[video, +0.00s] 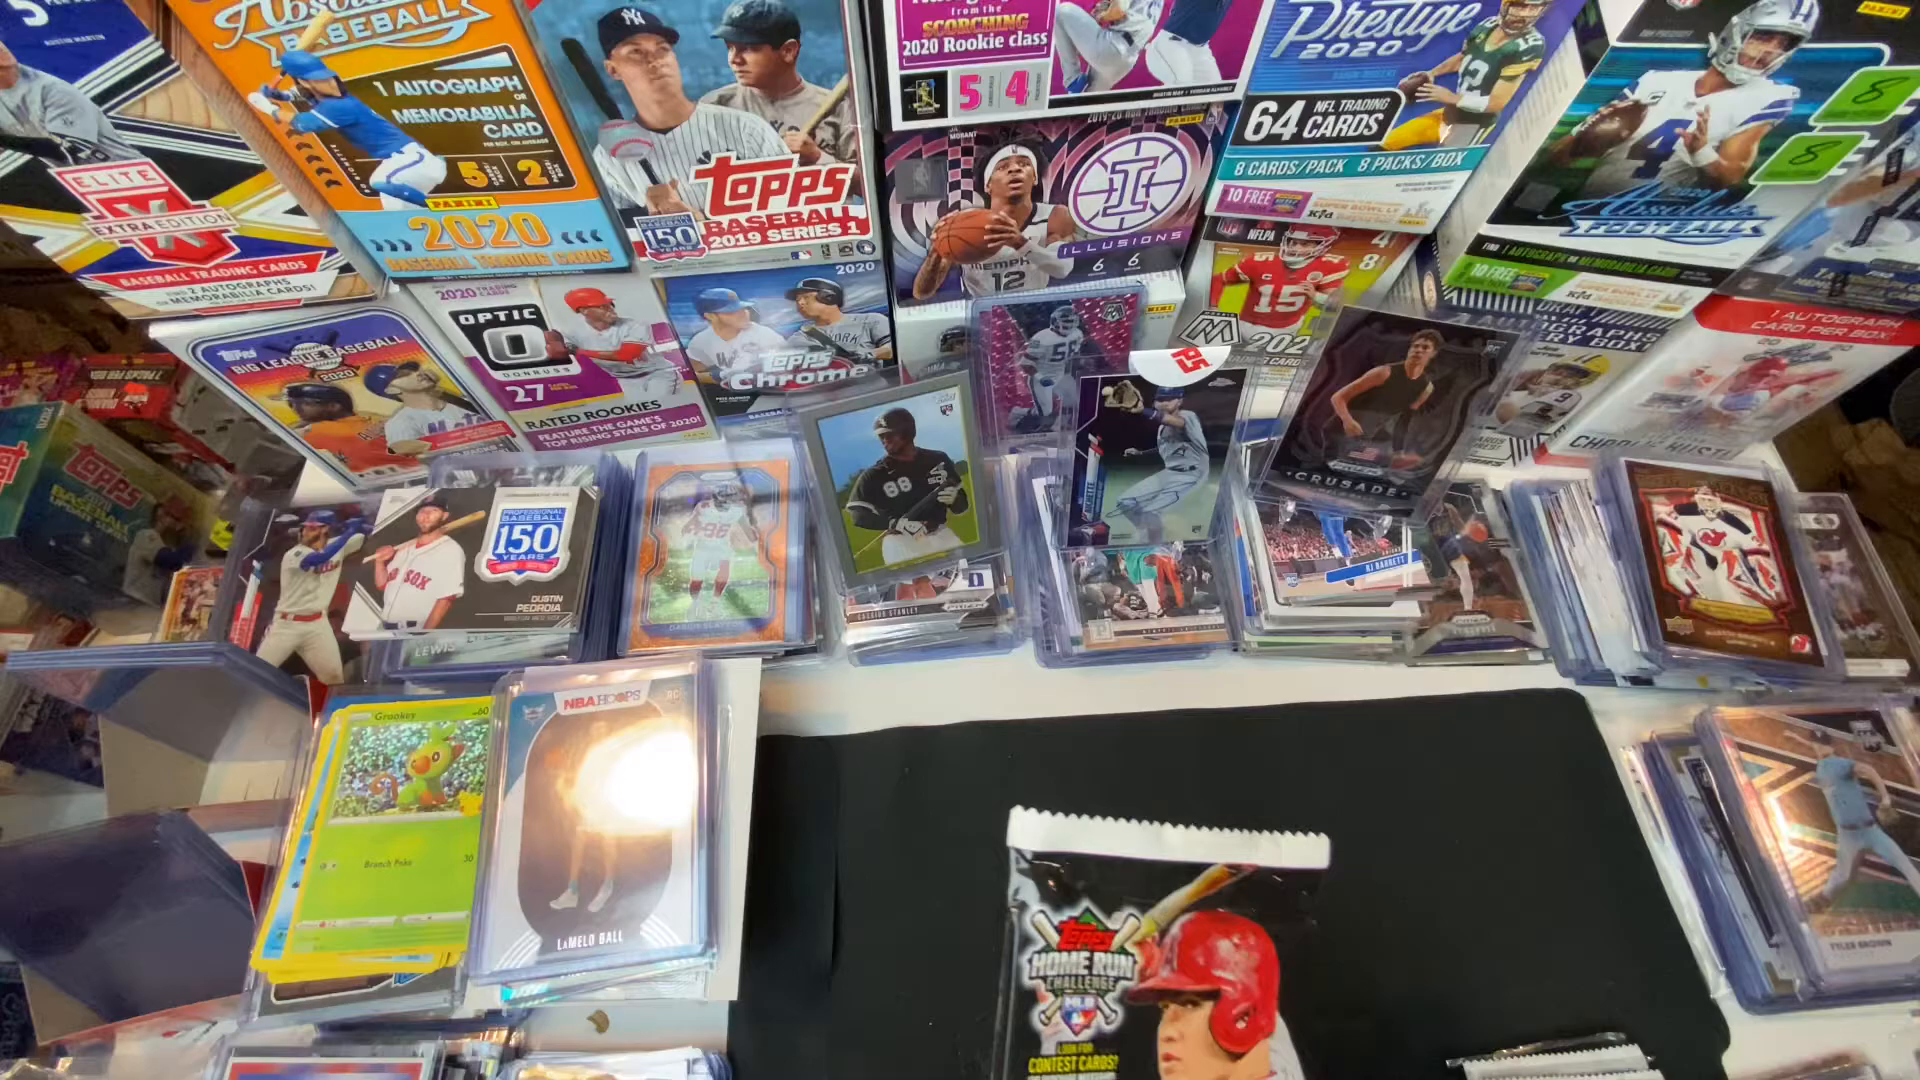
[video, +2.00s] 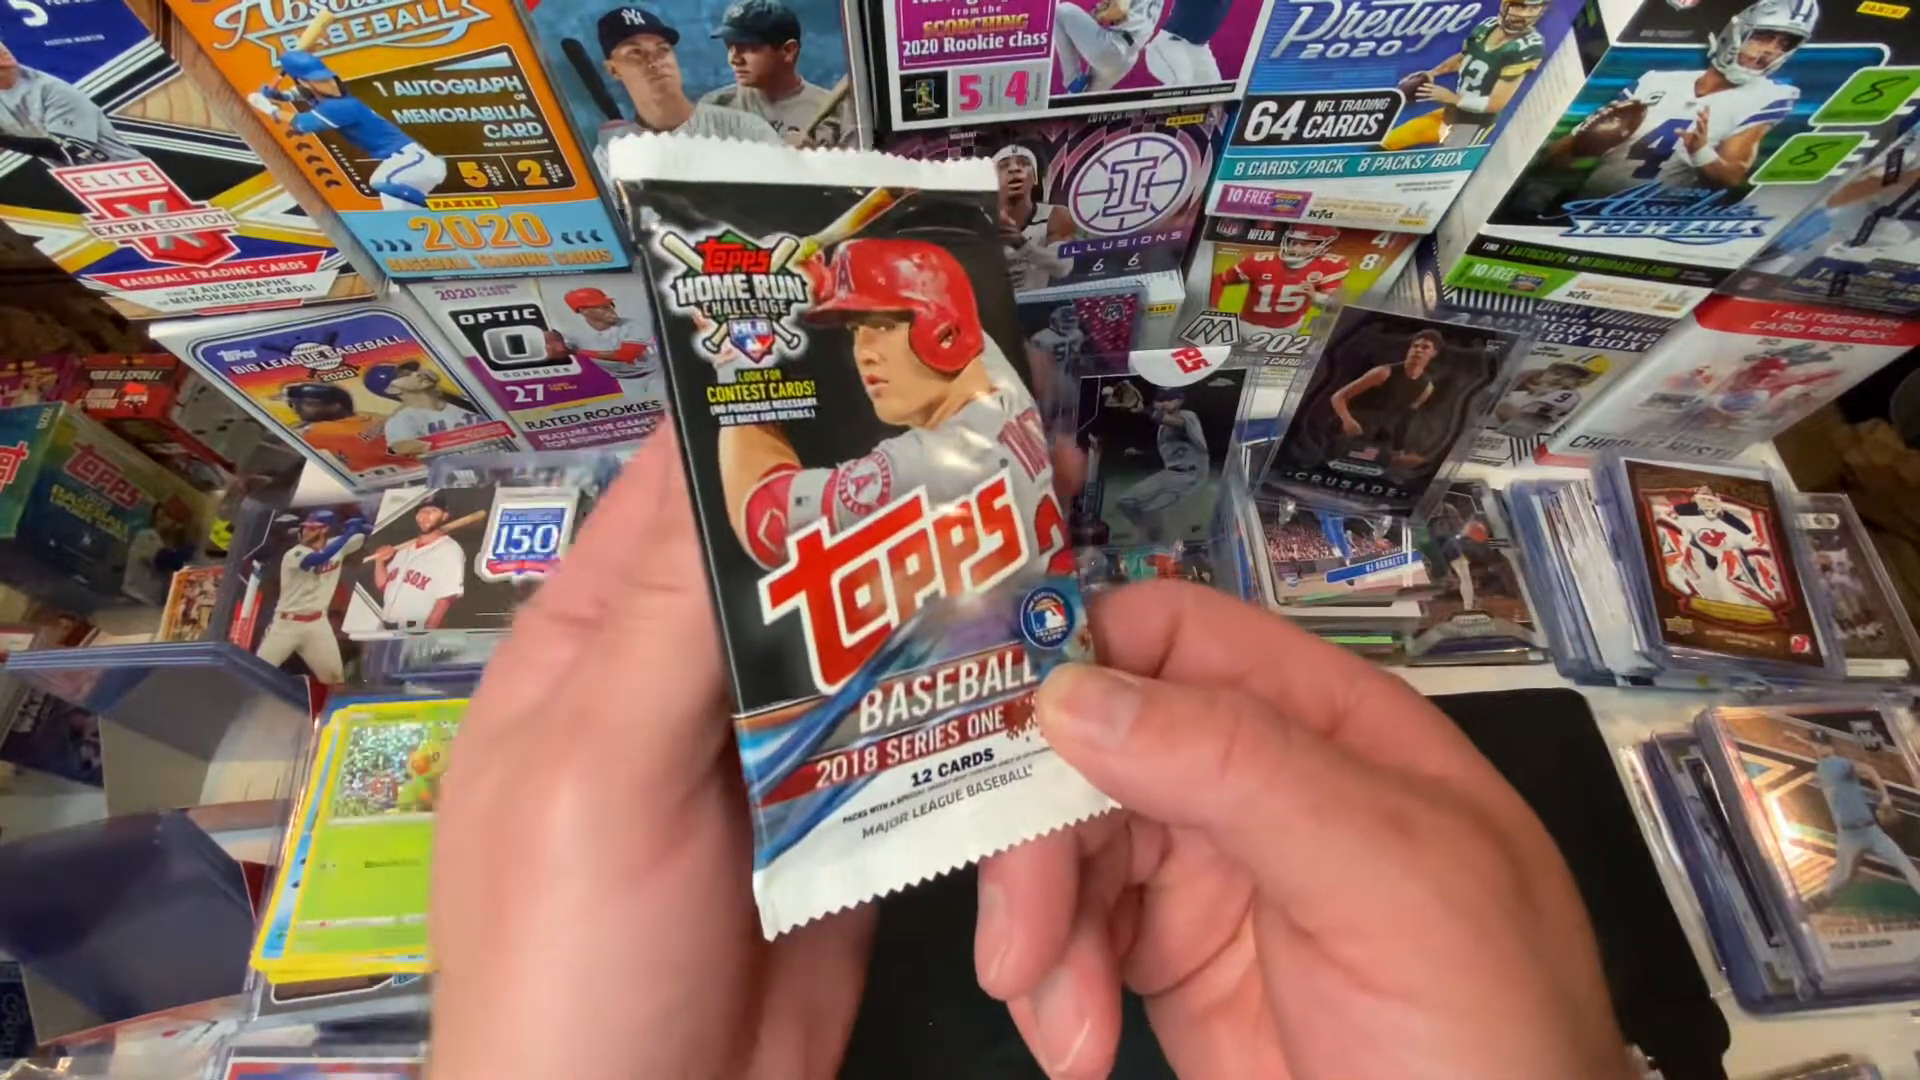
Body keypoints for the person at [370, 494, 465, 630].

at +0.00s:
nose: (425, 516)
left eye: (433, 511)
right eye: (422, 511)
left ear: (445, 516)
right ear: (416, 515)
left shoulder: (451, 550)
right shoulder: (404, 548)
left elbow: (446, 599)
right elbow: (382, 585)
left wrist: (424, 635)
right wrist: (380, 561)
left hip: (416, 631)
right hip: (386, 627)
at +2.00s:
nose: (425, 517)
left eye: (432, 511)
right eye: (422, 511)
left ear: (445, 516)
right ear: (416, 515)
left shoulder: (451, 550)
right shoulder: (406, 548)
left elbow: (445, 600)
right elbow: (382, 586)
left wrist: (426, 636)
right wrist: (379, 562)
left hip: (416, 632)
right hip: (386, 627)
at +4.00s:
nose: (425, 516)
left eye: (432, 511)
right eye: (422, 511)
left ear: (445, 516)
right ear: (416, 515)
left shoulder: (450, 550)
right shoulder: (405, 548)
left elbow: (447, 598)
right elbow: (382, 585)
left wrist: (425, 633)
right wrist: (379, 561)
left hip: (416, 630)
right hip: (386, 627)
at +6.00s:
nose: (426, 516)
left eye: (433, 511)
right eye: (423, 511)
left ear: (444, 516)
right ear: (416, 516)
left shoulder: (451, 550)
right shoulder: (404, 549)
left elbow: (449, 596)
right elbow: (381, 584)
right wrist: (380, 560)